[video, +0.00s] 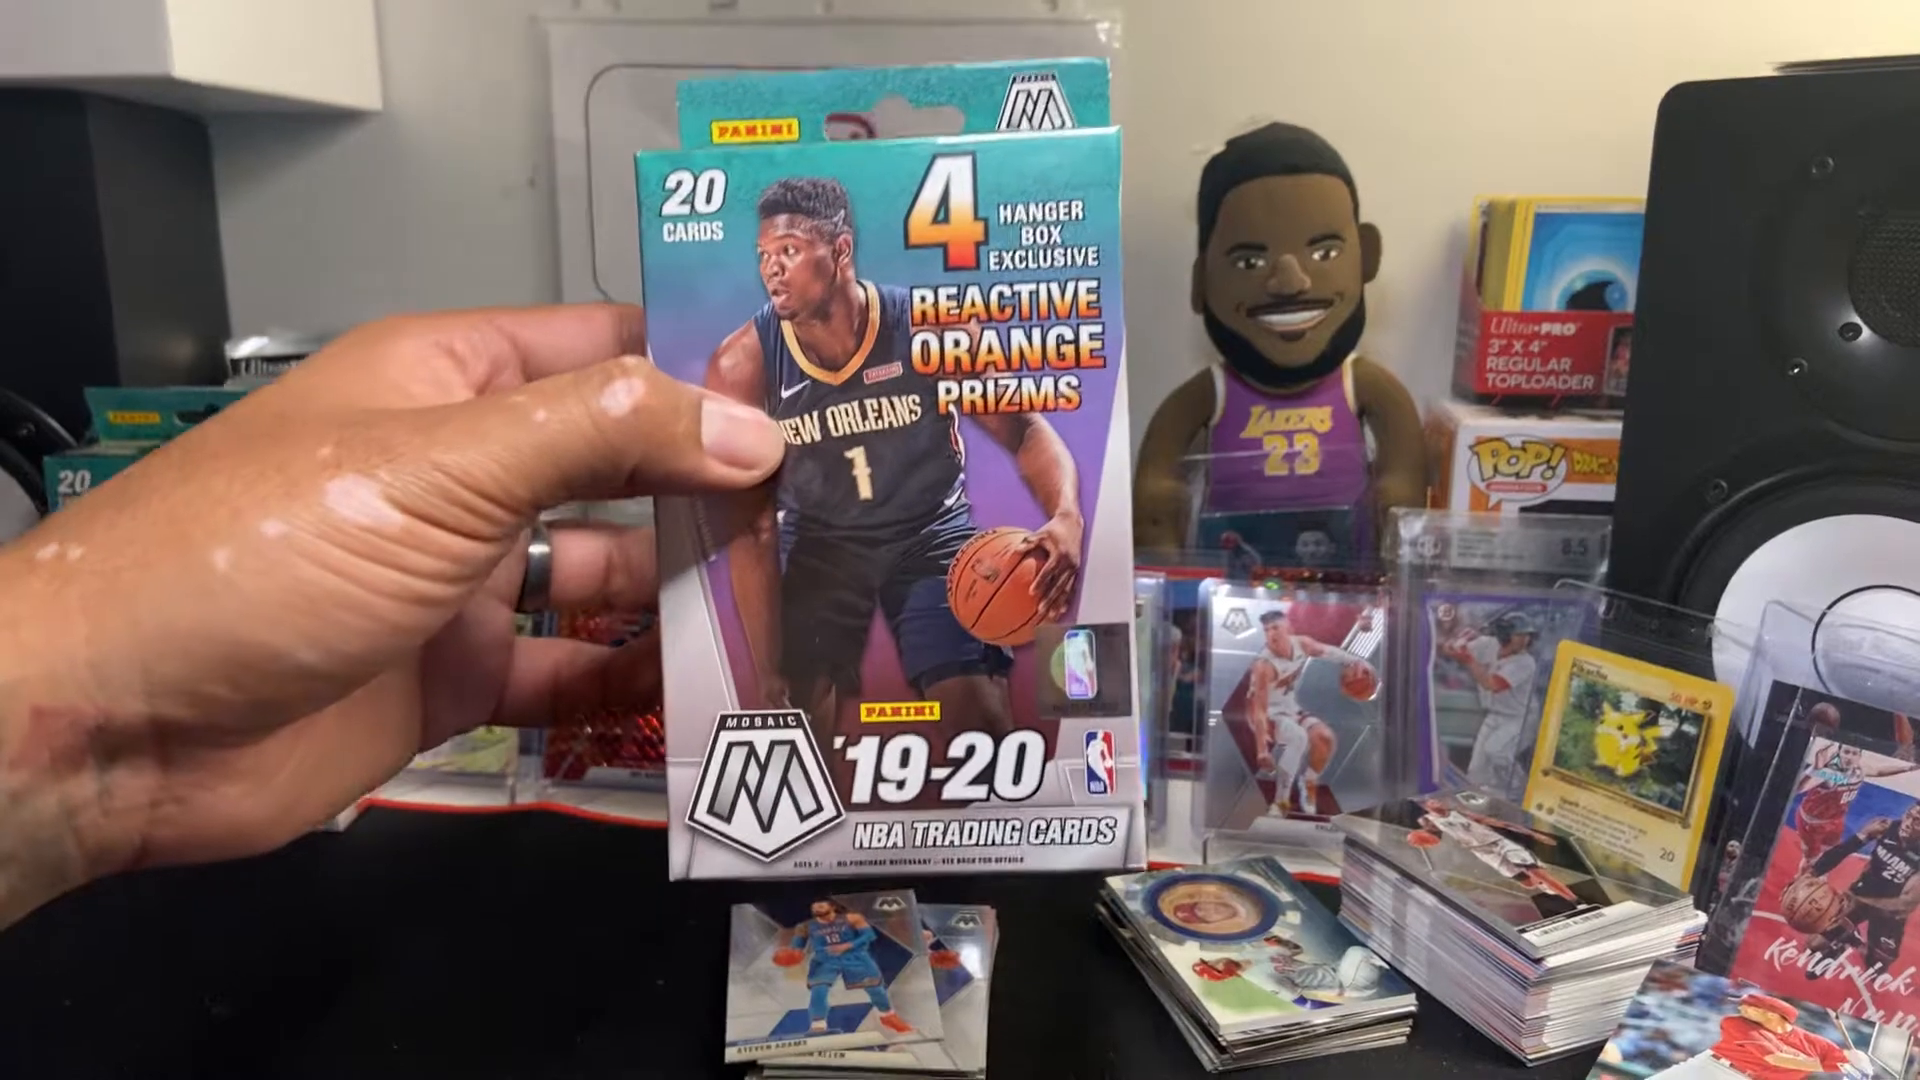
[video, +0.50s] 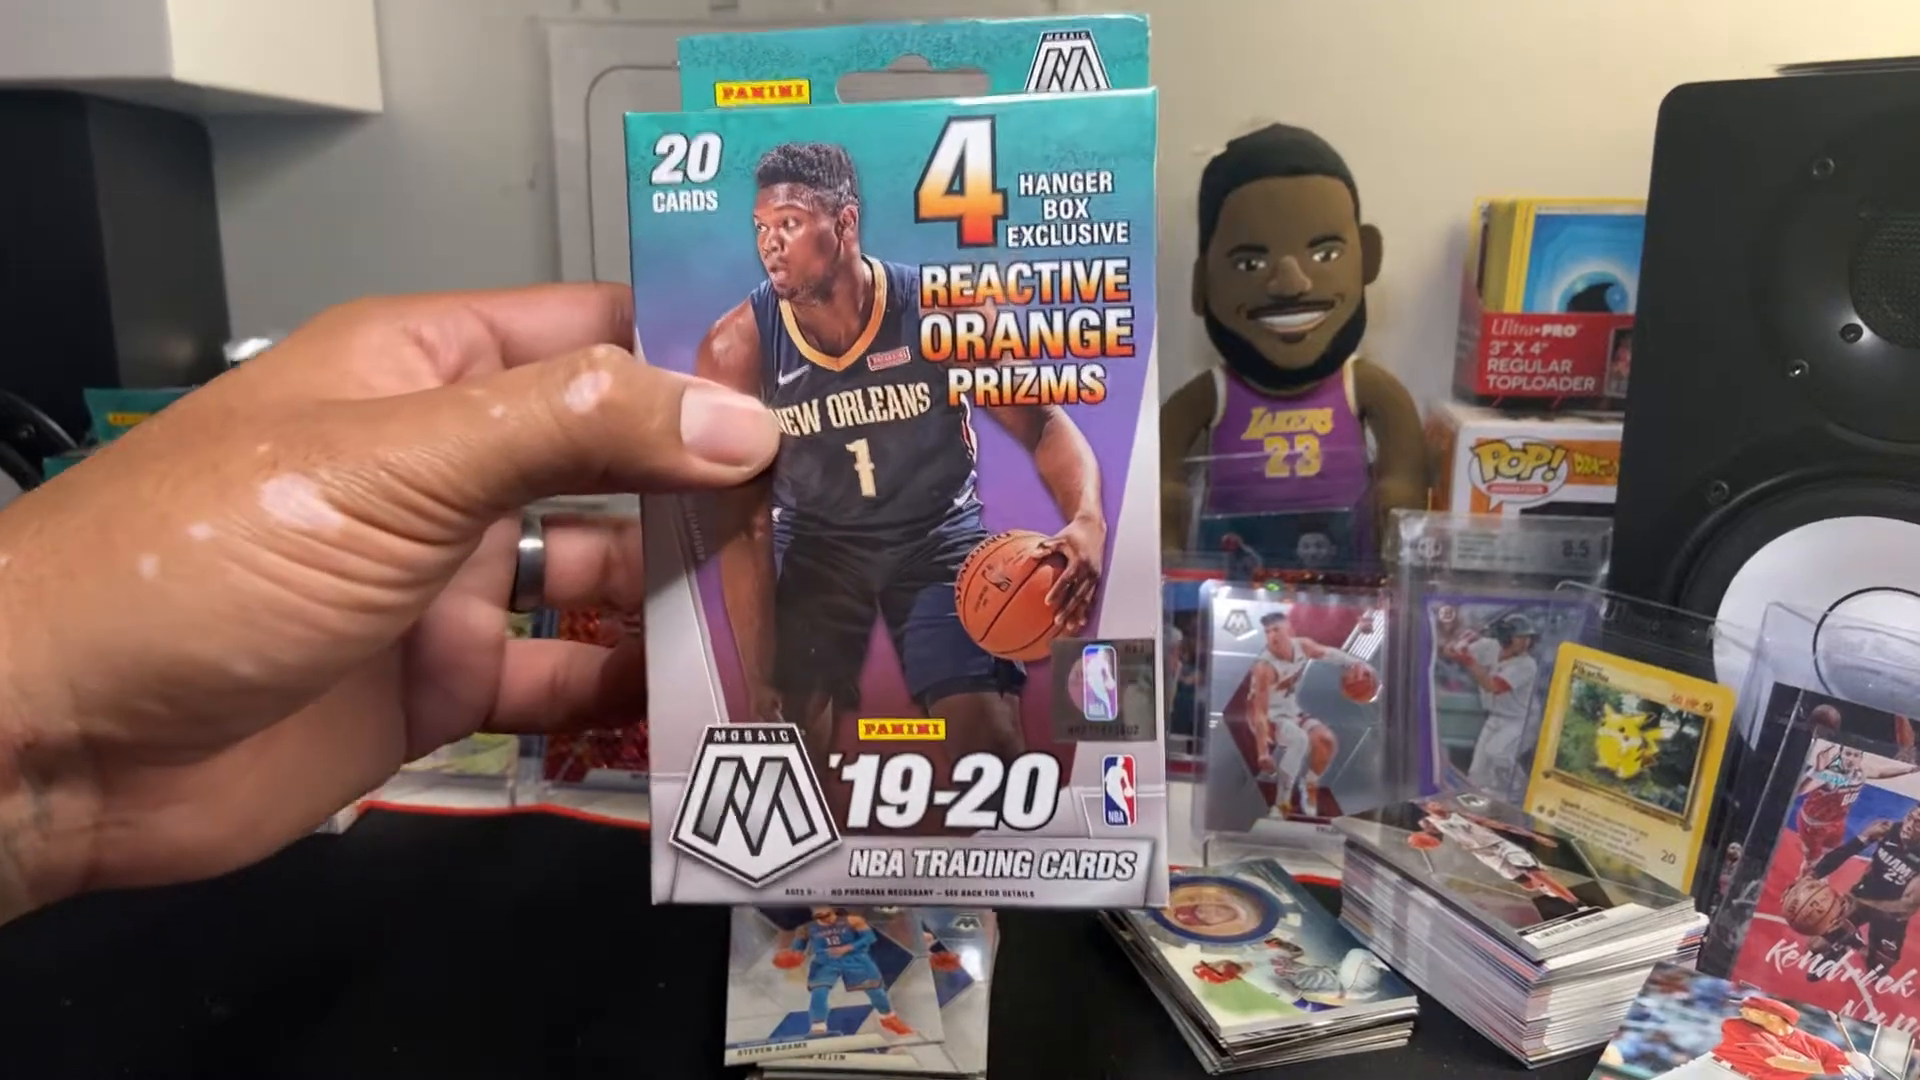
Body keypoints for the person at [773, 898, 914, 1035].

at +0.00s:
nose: (822, 919)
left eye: (825, 914)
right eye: (818, 916)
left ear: (833, 909)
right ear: (813, 913)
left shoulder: (852, 918)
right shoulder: (808, 926)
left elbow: (869, 935)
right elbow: (798, 944)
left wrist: (847, 946)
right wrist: (793, 954)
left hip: (855, 958)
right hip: (826, 961)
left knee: (875, 986)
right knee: (818, 991)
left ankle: (888, 1016)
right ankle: (818, 1028)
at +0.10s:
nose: (821, 913)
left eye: (824, 908)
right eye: (817, 909)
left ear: (832, 906)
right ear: (813, 911)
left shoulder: (852, 918)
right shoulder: (808, 926)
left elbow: (870, 934)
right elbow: (798, 942)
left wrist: (847, 945)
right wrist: (793, 953)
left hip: (855, 957)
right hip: (826, 961)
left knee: (875, 984)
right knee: (818, 990)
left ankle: (888, 1015)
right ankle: (818, 1028)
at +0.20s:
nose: (821, 917)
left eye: (824, 912)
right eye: (817, 914)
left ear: (832, 908)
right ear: (813, 914)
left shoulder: (852, 920)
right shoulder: (809, 928)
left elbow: (870, 936)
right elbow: (798, 943)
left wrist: (848, 947)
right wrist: (794, 954)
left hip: (856, 959)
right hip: (826, 963)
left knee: (875, 987)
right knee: (819, 992)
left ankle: (888, 1017)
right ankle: (818, 1031)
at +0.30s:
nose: (821, 913)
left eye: (824, 908)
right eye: (817, 910)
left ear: (832, 906)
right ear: (812, 912)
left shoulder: (852, 919)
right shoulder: (807, 927)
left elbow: (869, 935)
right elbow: (797, 945)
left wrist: (847, 946)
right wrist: (792, 955)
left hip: (855, 959)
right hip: (826, 962)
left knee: (875, 987)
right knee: (818, 991)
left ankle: (888, 1016)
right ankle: (818, 1029)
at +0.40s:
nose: (823, 917)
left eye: (826, 912)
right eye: (819, 914)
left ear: (833, 908)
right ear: (814, 914)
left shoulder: (852, 918)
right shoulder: (808, 926)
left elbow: (869, 934)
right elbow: (797, 944)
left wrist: (847, 945)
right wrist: (793, 953)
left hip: (855, 958)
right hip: (826, 962)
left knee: (875, 987)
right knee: (818, 991)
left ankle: (889, 1016)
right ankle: (818, 1029)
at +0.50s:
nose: (825, 921)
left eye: (827, 916)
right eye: (820, 918)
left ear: (834, 911)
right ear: (814, 917)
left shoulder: (852, 921)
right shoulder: (809, 929)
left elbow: (870, 937)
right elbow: (797, 949)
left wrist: (848, 948)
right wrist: (792, 957)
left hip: (856, 960)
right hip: (826, 964)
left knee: (876, 990)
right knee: (819, 992)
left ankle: (889, 1018)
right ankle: (818, 1032)